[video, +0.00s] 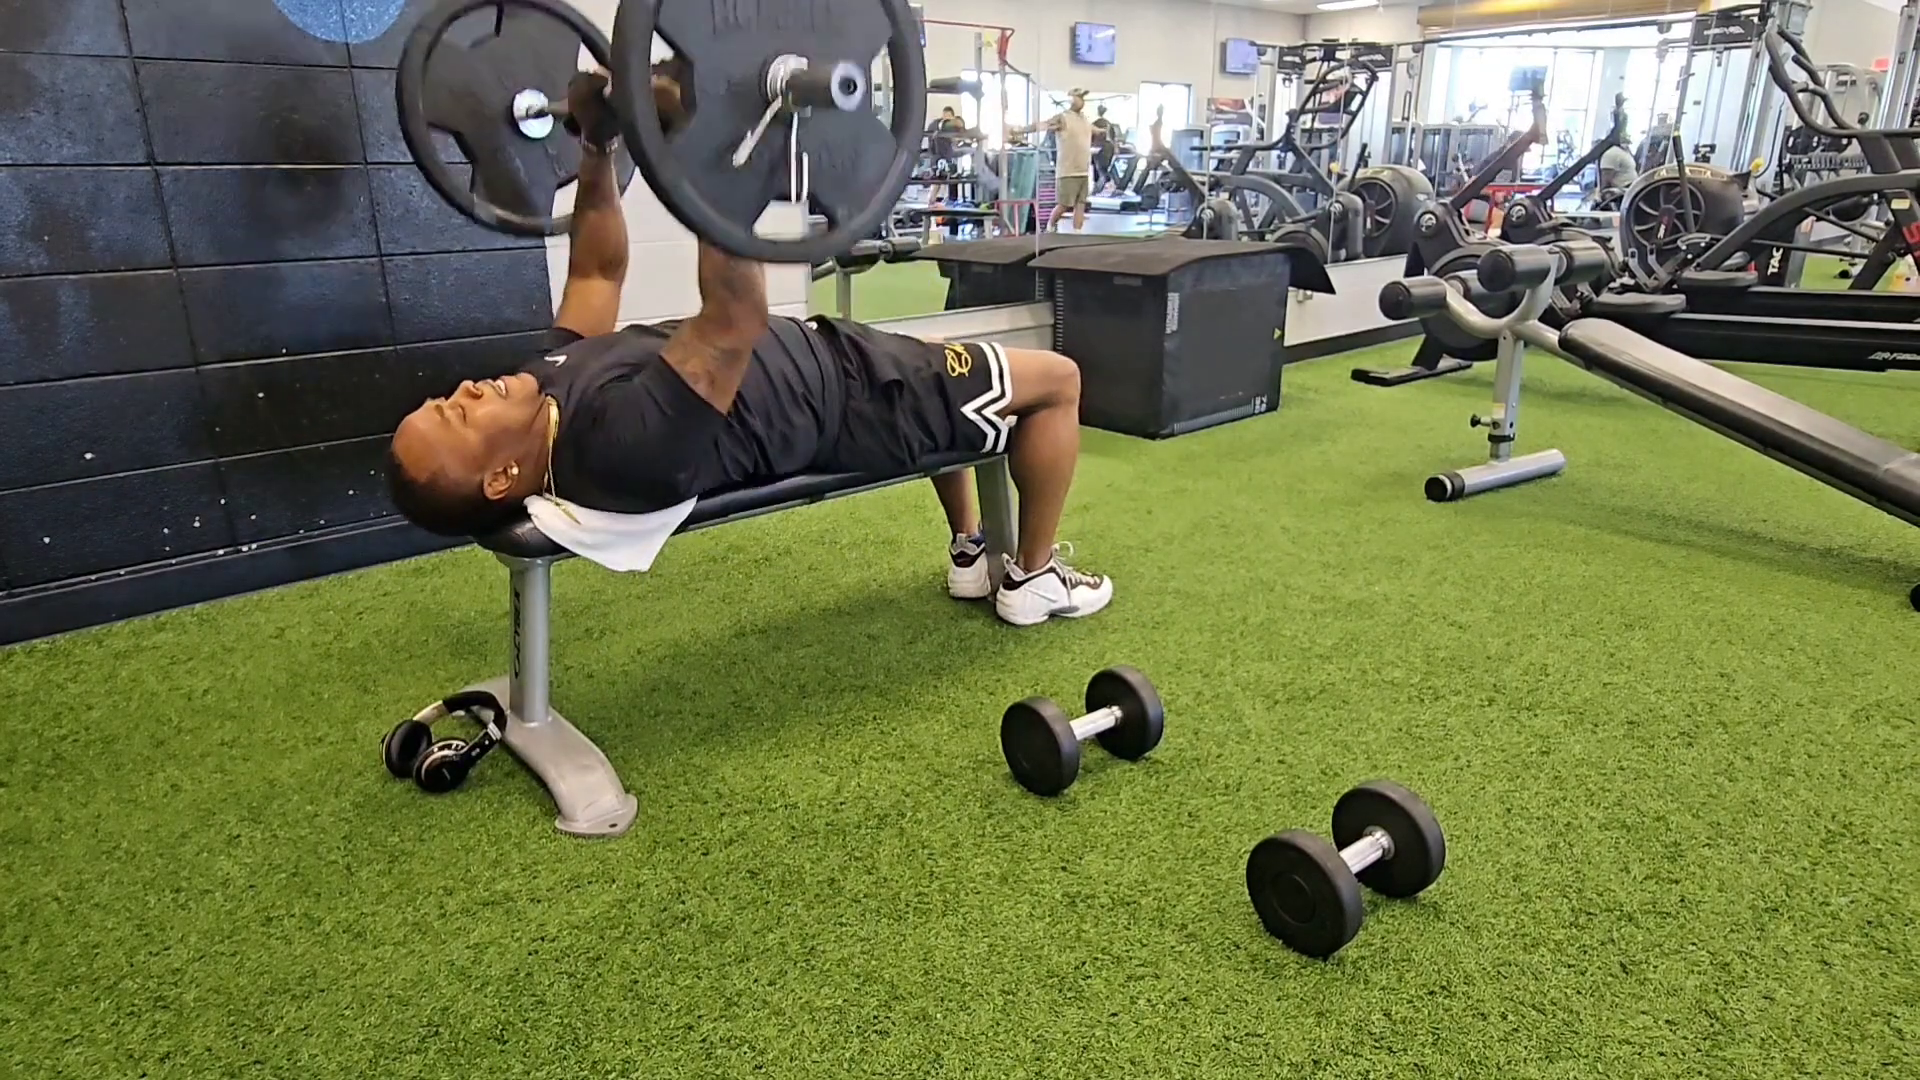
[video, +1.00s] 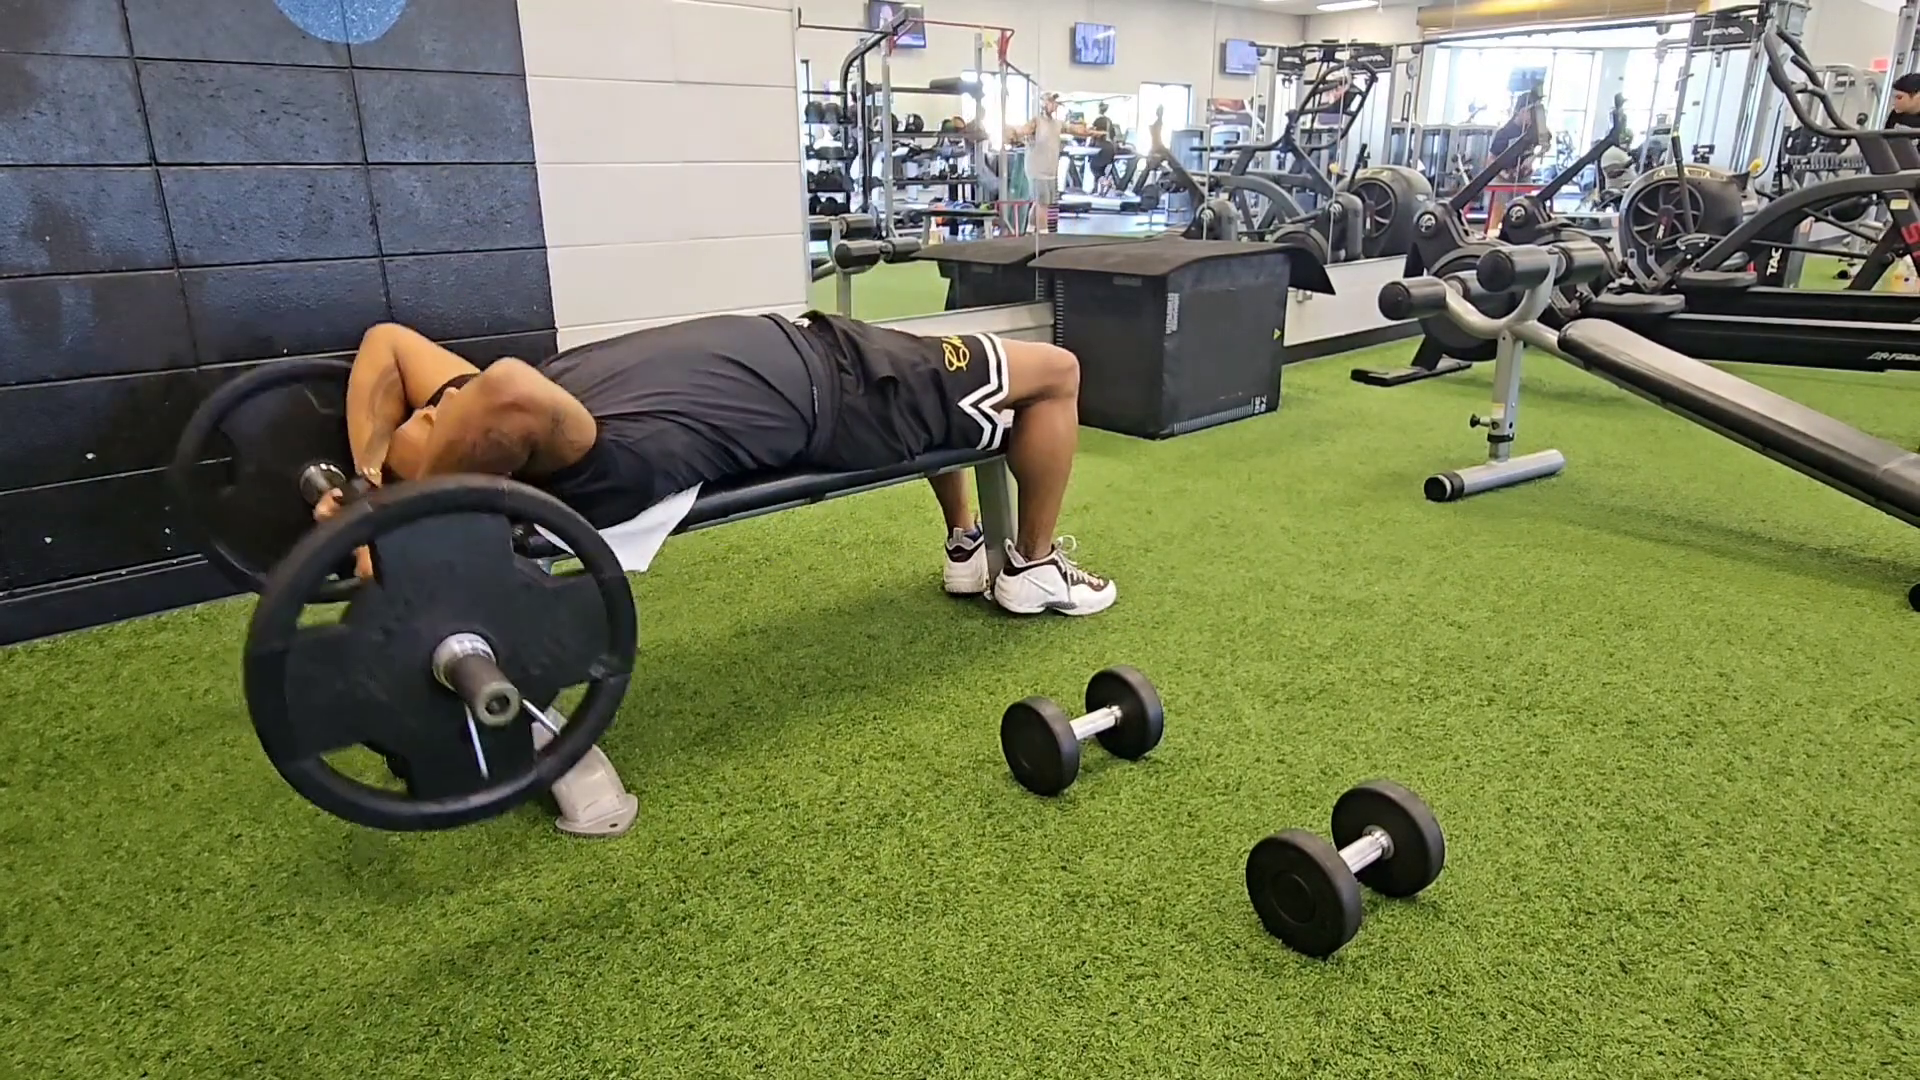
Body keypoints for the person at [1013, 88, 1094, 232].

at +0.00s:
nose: (1083, 101)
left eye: (1083, 98)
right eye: (1080, 98)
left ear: (1082, 101)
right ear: (1071, 99)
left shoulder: (1084, 121)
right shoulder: (1063, 118)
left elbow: (1095, 130)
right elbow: (1042, 125)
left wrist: (1106, 131)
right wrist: (1020, 130)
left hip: (1083, 170)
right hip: (1066, 170)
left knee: (1080, 205)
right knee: (1064, 205)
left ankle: (1077, 233)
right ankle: (1050, 227)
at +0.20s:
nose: (1073, 103)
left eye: (1074, 100)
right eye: (1070, 99)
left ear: (1074, 102)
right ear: (1062, 101)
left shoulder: (1078, 121)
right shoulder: (1053, 119)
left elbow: (1088, 130)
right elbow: (1035, 127)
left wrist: (1102, 133)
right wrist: (1016, 131)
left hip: (1072, 171)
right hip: (1054, 171)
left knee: (1073, 204)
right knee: (1051, 207)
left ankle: (1076, 234)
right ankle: (1047, 234)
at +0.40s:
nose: (1066, 102)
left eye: (1067, 99)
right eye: (1063, 98)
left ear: (1066, 101)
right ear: (1055, 100)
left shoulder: (1070, 120)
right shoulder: (1046, 119)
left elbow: (1084, 130)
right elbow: (1026, 127)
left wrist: (1100, 132)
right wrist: (1008, 130)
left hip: (1065, 169)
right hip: (1047, 170)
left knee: (1067, 202)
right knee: (1045, 206)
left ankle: (1067, 231)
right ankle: (1044, 234)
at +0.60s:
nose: (1060, 102)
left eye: (1061, 99)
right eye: (1057, 98)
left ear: (1060, 101)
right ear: (1049, 100)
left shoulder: (1065, 121)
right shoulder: (1041, 119)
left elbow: (1082, 128)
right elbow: (1022, 128)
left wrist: (1098, 131)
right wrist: (1005, 128)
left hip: (1061, 169)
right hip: (1044, 170)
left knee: (1061, 200)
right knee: (1044, 206)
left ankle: (1040, 226)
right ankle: (1044, 233)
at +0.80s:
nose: (1050, 104)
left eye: (1053, 101)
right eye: (1048, 100)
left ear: (1057, 104)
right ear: (1044, 103)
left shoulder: (1061, 123)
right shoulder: (1038, 121)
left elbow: (1079, 129)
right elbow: (1022, 130)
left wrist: (1095, 132)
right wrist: (1004, 128)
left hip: (1054, 171)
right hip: (1040, 171)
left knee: (1047, 204)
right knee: (1044, 205)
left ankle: (1032, 231)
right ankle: (1044, 235)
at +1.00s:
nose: (1054, 105)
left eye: (1055, 102)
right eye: (1051, 102)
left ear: (1055, 105)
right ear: (1044, 103)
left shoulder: (1058, 124)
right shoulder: (1036, 121)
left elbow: (1075, 130)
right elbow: (1024, 131)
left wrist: (1093, 133)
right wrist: (1013, 133)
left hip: (1051, 170)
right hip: (1037, 170)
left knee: (1039, 203)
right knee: (1043, 203)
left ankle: (1030, 230)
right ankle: (1043, 233)